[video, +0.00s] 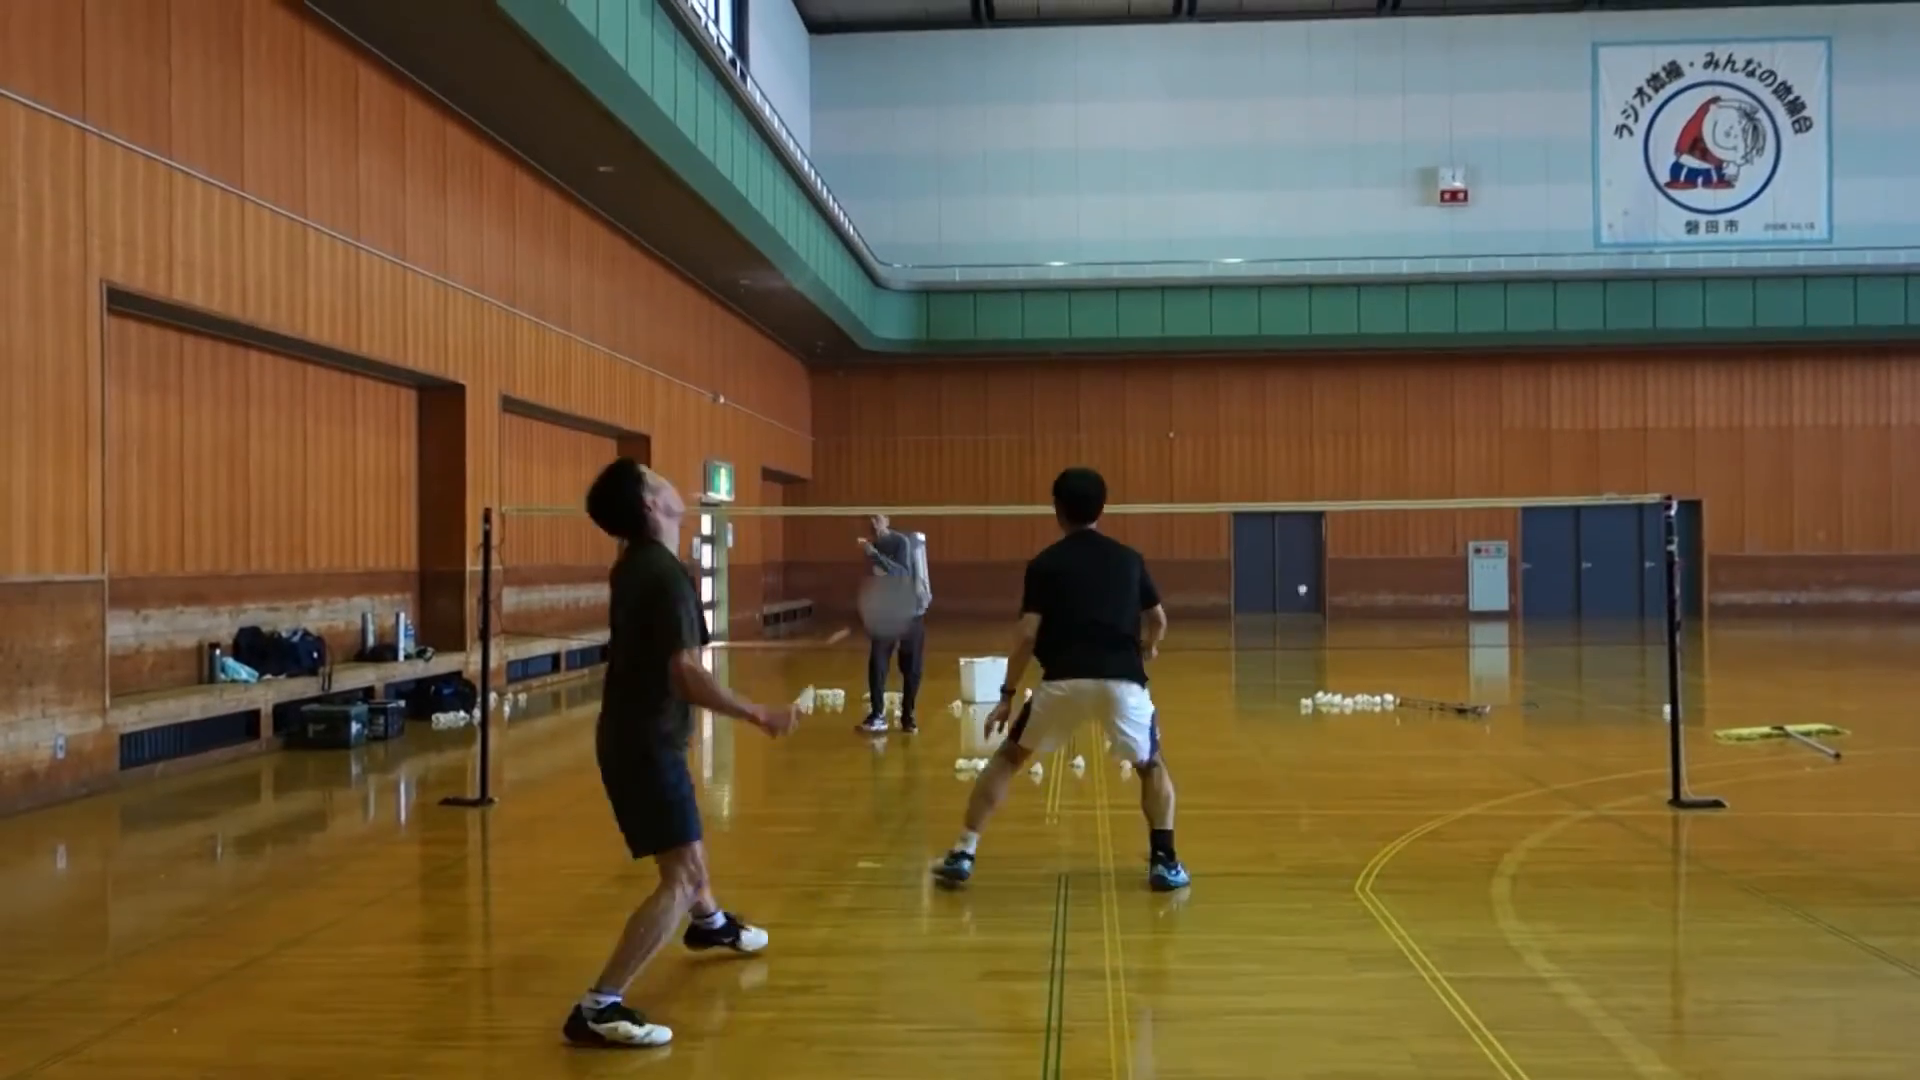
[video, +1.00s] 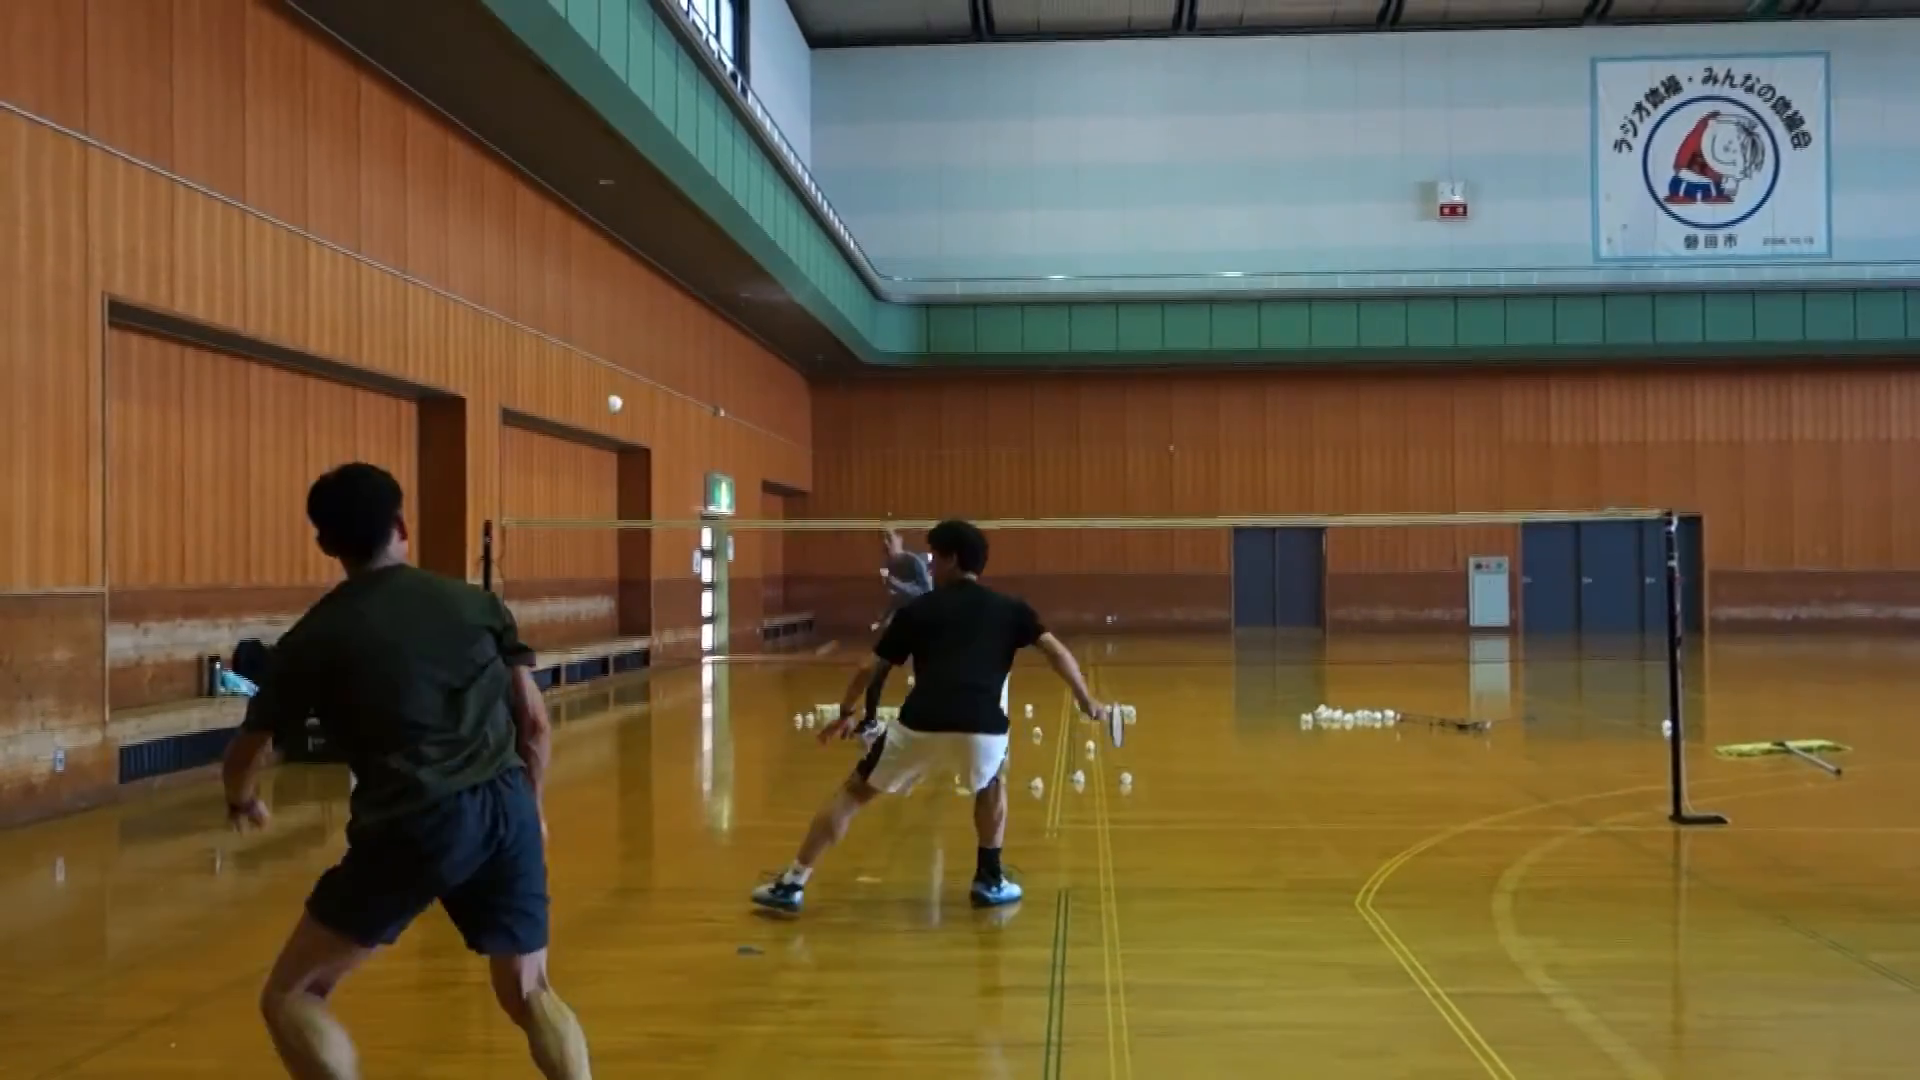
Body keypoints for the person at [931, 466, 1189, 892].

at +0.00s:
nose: (1059, 509)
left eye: (1057, 503)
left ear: (1058, 508)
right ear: (1102, 509)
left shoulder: (1044, 564)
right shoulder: (1128, 559)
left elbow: (1027, 634)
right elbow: (1155, 619)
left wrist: (1007, 694)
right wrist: (1141, 658)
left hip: (1063, 680)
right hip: (1122, 680)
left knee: (1008, 759)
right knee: (1152, 766)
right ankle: (1164, 862)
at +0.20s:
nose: (973, 531)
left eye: (972, 525)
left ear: (972, 533)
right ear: (1017, 533)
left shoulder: (954, 591)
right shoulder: (1044, 590)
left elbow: (922, 660)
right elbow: (1087, 645)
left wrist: (906, 713)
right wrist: (1110, 667)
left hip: (975, 719)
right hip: (1039, 718)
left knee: (907, 796)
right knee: (1098, 789)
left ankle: (876, 892)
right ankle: (1159, 870)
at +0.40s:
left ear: (898, 509)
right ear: (943, 506)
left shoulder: (880, 565)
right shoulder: (969, 555)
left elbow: (839, 622)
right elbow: (1025, 603)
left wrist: (821, 663)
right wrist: (1051, 635)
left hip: (908, 682)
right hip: (970, 673)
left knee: (866, 772)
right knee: (1014, 756)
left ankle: (852, 869)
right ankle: (1038, 855)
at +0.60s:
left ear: (853, 538)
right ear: (899, 538)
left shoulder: (837, 587)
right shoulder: (922, 584)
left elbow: (798, 650)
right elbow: (964, 644)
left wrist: (779, 716)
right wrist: (990, 692)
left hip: (858, 707)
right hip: (923, 702)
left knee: (799, 789)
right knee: (975, 782)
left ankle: (745, 874)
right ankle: (993, 882)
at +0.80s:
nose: (924, 600)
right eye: (918, 594)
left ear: (868, 600)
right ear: (906, 601)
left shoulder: (841, 647)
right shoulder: (924, 648)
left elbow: (814, 712)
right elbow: (956, 727)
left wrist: (790, 762)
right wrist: (970, 776)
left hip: (837, 768)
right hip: (905, 766)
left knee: (781, 820)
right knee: (967, 786)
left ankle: (725, 892)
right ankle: (987, 884)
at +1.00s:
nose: (930, 564)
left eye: (934, 557)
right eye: (932, 556)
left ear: (949, 561)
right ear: (978, 563)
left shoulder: (918, 611)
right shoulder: (1008, 609)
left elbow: (871, 672)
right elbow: (1056, 652)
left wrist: (844, 713)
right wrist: (1088, 701)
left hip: (921, 723)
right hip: (984, 727)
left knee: (853, 794)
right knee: (990, 783)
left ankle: (793, 880)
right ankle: (989, 878)